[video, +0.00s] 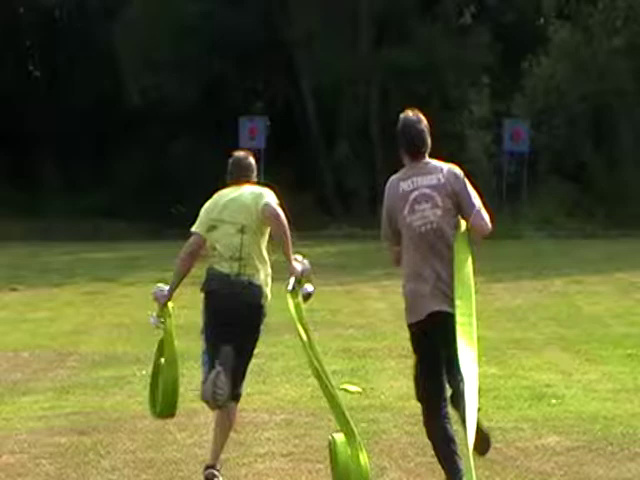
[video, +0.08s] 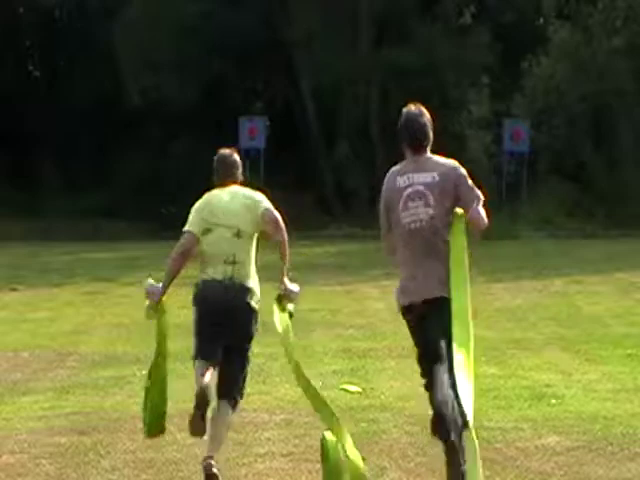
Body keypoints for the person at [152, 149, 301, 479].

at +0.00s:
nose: (251, 178)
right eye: (254, 173)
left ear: (229, 176)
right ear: (254, 175)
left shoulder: (216, 200)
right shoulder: (263, 195)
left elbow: (193, 248)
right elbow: (275, 216)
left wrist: (171, 288)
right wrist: (292, 260)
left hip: (216, 284)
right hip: (252, 288)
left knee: (213, 341)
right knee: (233, 381)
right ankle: (213, 462)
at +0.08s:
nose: (236, 175)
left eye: (223, 172)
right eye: (238, 170)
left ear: (215, 175)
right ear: (241, 174)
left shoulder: (204, 203)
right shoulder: (255, 199)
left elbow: (185, 248)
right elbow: (279, 229)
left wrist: (163, 286)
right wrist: (285, 276)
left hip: (208, 290)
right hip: (243, 292)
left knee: (205, 354)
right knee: (231, 380)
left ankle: (204, 388)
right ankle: (210, 457)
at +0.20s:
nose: (212, 171)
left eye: (204, 168)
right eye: (219, 165)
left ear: (200, 169)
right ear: (225, 167)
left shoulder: (194, 200)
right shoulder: (244, 196)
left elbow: (178, 245)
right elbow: (267, 228)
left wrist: (156, 271)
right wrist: (271, 275)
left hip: (201, 278)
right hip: (234, 278)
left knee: (197, 359)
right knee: (221, 358)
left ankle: (190, 433)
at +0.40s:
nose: (222, 174)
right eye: (225, 169)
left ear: (201, 170)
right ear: (226, 171)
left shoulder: (187, 197)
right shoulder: (234, 199)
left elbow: (159, 229)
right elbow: (244, 234)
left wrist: (149, 256)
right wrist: (247, 278)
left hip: (187, 284)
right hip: (220, 285)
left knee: (187, 363)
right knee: (213, 359)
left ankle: (182, 429)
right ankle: (205, 429)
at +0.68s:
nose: (215, 171)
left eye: (207, 166)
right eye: (220, 166)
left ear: (199, 168)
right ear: (222, 168)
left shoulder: (187, 192)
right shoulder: (234, 197)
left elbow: (164, 220)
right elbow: (246, 239)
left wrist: (153, 248)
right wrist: (246, 282)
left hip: (189, 273)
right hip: (220, 275)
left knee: (193, 343)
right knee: (209, 346)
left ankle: (190, 406)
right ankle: (205, 397)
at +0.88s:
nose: (230, 172)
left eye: (227, 167)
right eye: (230, 168)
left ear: (204, 169)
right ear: (226, 169)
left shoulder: (191, 192)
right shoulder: (233, 196)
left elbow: (168, 220)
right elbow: (244, 234)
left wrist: (157, 248)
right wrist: (247, 271)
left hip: (196, 272)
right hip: (224, 272)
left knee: (195, 342)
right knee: (220, 335)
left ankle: (196, 411)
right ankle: (216, 375)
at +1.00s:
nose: (242, 170)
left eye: (240, 164)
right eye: (241, 165)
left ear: (216, 164)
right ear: (236, 166)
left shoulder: (199, 185)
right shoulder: (239, 194)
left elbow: (174, 215)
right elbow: (247, 236)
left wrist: (164, 245)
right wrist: (250, 269)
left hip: (197, 256)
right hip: (226, 257)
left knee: (203, 320)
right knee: (226, 331)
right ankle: (228, 396)